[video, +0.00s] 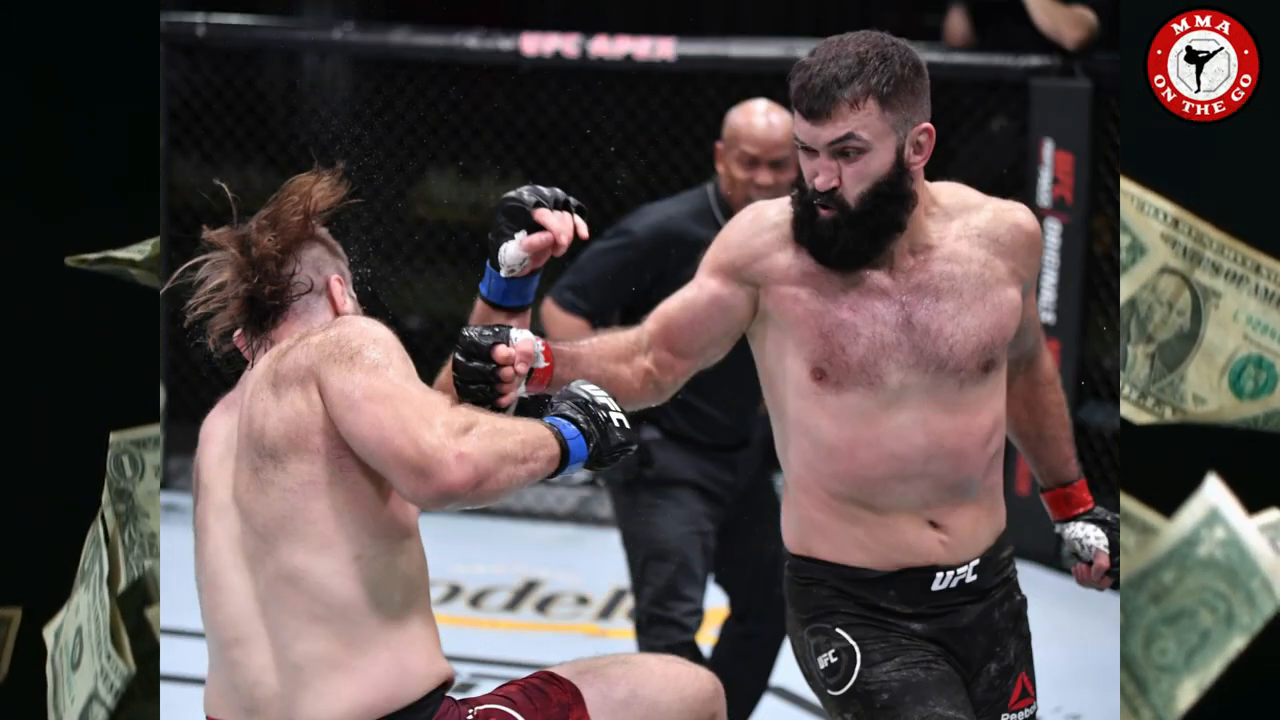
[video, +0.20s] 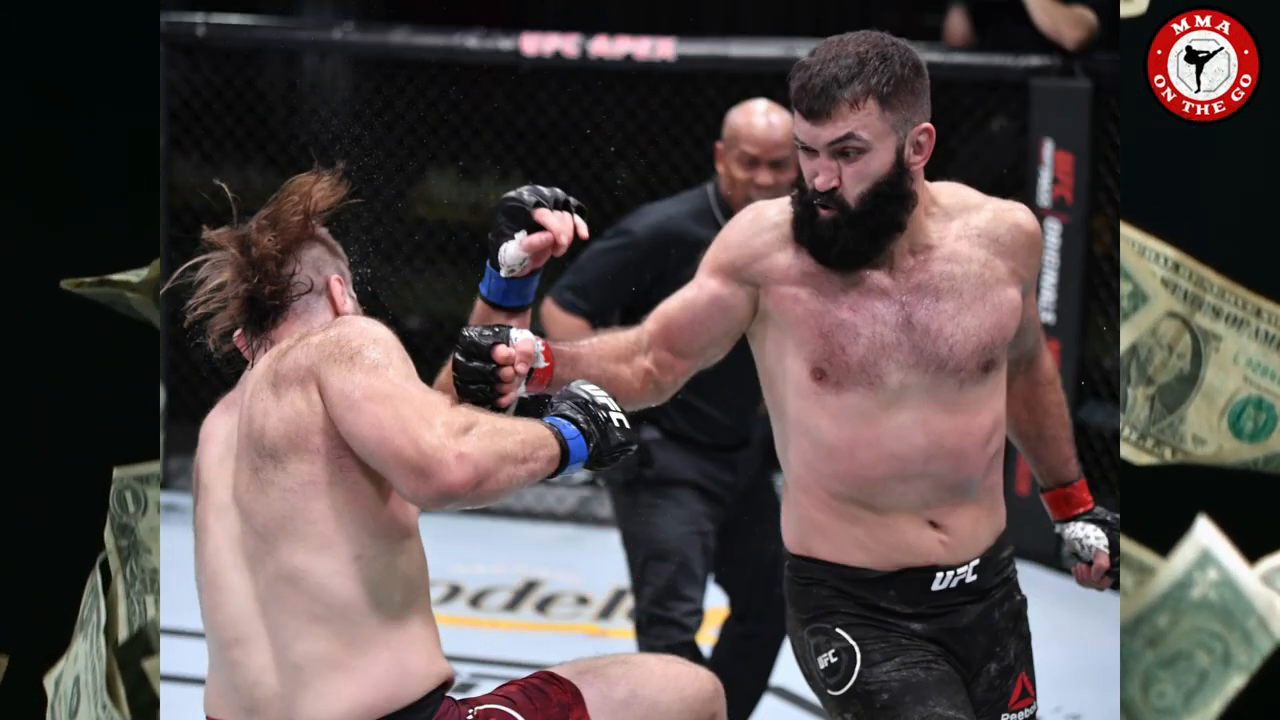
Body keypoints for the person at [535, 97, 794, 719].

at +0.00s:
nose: (767, 181)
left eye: (781, 165)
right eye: (750, 164)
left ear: (799, 162)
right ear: (719, 158)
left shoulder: (804, 238)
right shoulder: (661, 232)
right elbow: (560, 312)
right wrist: (612, 416)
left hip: (750, 460)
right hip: (663, 457)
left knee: (767, 609)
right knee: (671, 615)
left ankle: (720, 719)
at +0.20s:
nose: (767, 181)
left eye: (781, 165)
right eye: (750, 164)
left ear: (799, 162)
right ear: (719, 158)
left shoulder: (804, 238)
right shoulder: (661, 232)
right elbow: (560, 312)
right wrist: (612, 416)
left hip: (750, 460)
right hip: (663, 457)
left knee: (767, 609)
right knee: (671, 615)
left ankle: (720, 719)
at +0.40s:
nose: (767, 180)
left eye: (781, 165)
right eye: (750, 164)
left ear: (799, 162)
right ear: (719, 157)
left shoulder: (803, 238)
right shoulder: (660, 232)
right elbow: (560, 311)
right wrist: (611, 417)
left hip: (750, 460)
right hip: (663, 457)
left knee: (768, 608)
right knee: (671, 616)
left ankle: (721, 719)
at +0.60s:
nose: (766, 181)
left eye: (781, 165)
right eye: (750, 163)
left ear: (799, 162)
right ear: (719, 156)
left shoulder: (804, 239)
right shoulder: (660, 233)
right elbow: (561, 311)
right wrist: (611, 418)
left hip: (750, 461)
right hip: (663, 457)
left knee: (768, 607)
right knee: (671, 615)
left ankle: (721, 718)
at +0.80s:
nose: (766, 180)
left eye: (781, 165)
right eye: (750, 163)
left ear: (799, 162)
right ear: (719, 157)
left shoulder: (803, 239)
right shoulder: (660, 233)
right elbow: (560, 311)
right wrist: (611, 418)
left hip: (750, 460)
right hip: (663, 457)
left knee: (768, 607)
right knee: (671, 616)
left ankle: (721, 718)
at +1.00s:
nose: (767, 180)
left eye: (781, 165)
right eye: (750, 164)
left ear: (799, 162)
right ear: (719, 157)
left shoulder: (803, 238)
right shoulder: (660, 232)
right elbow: (560, 311)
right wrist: (611, 417)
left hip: (750, 460)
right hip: (663, 457)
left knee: (768, 608)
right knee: (671, 616)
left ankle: (721, 719)